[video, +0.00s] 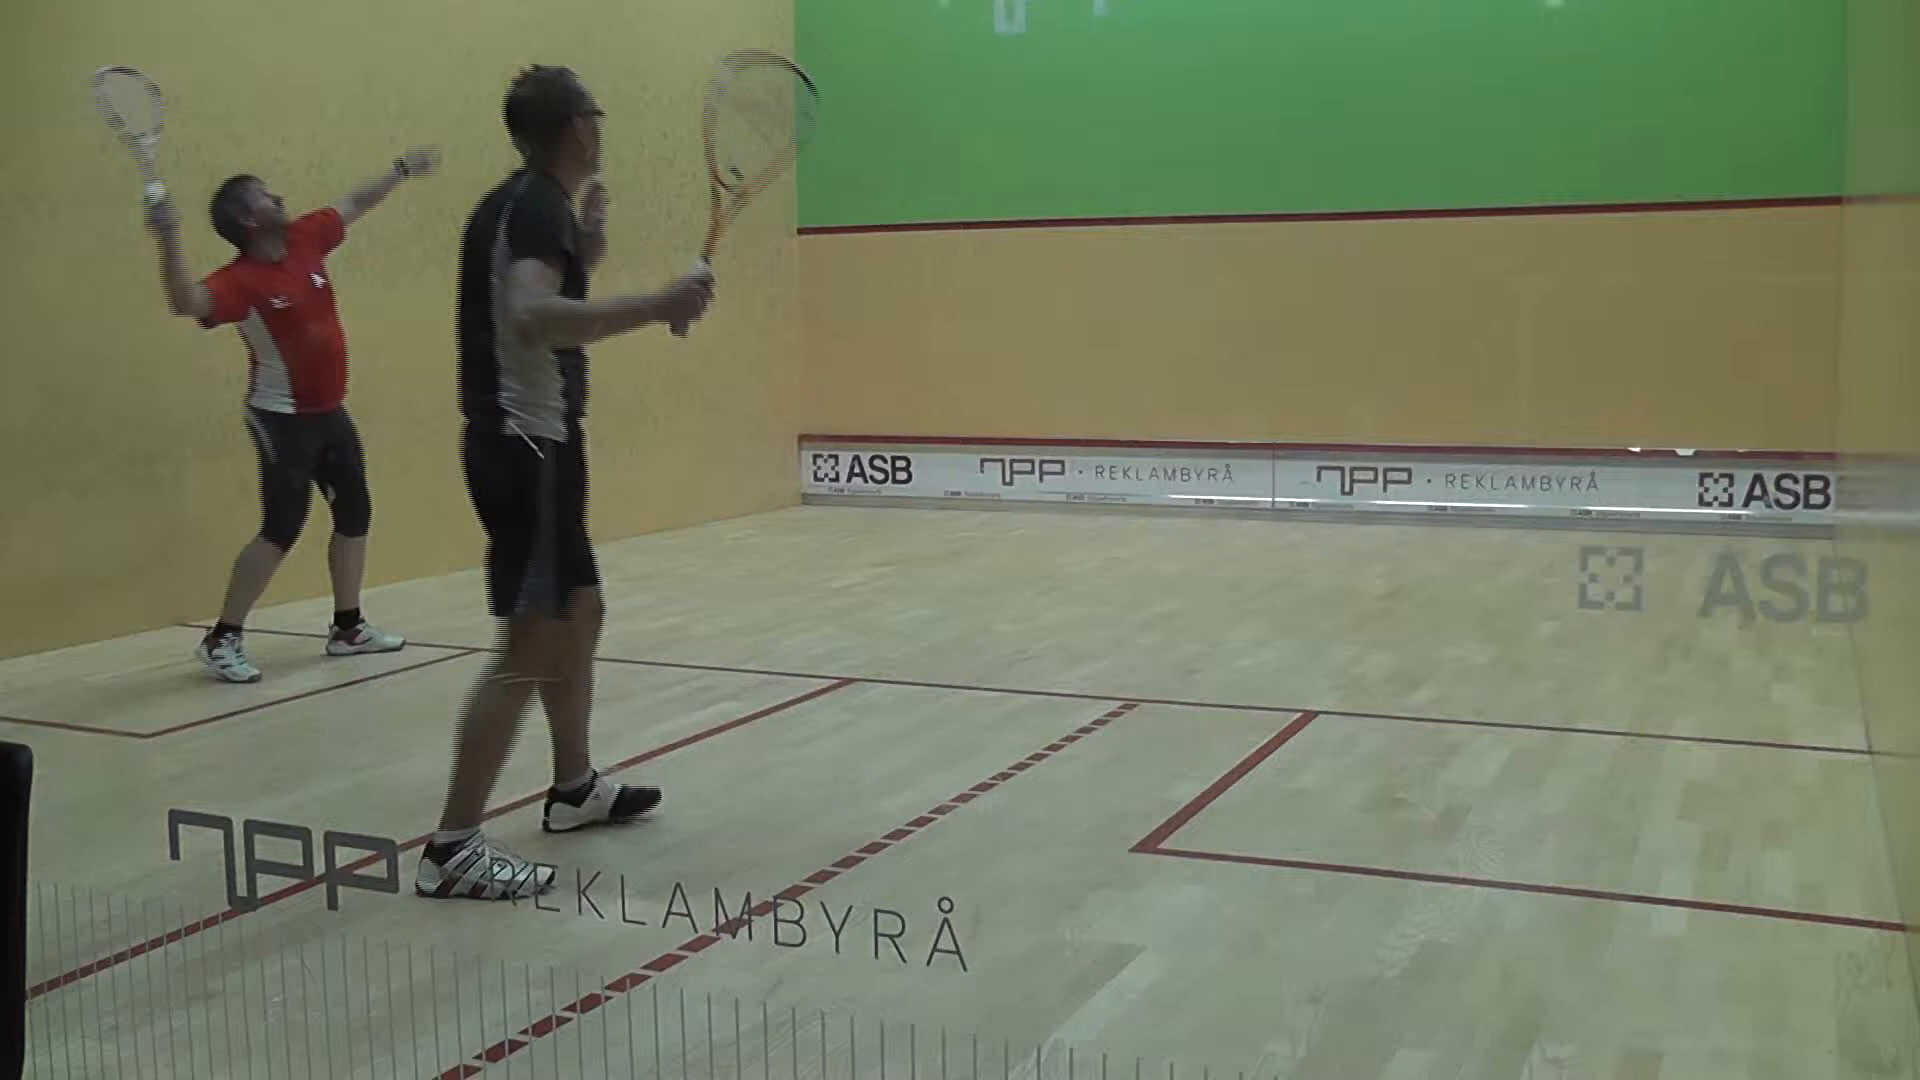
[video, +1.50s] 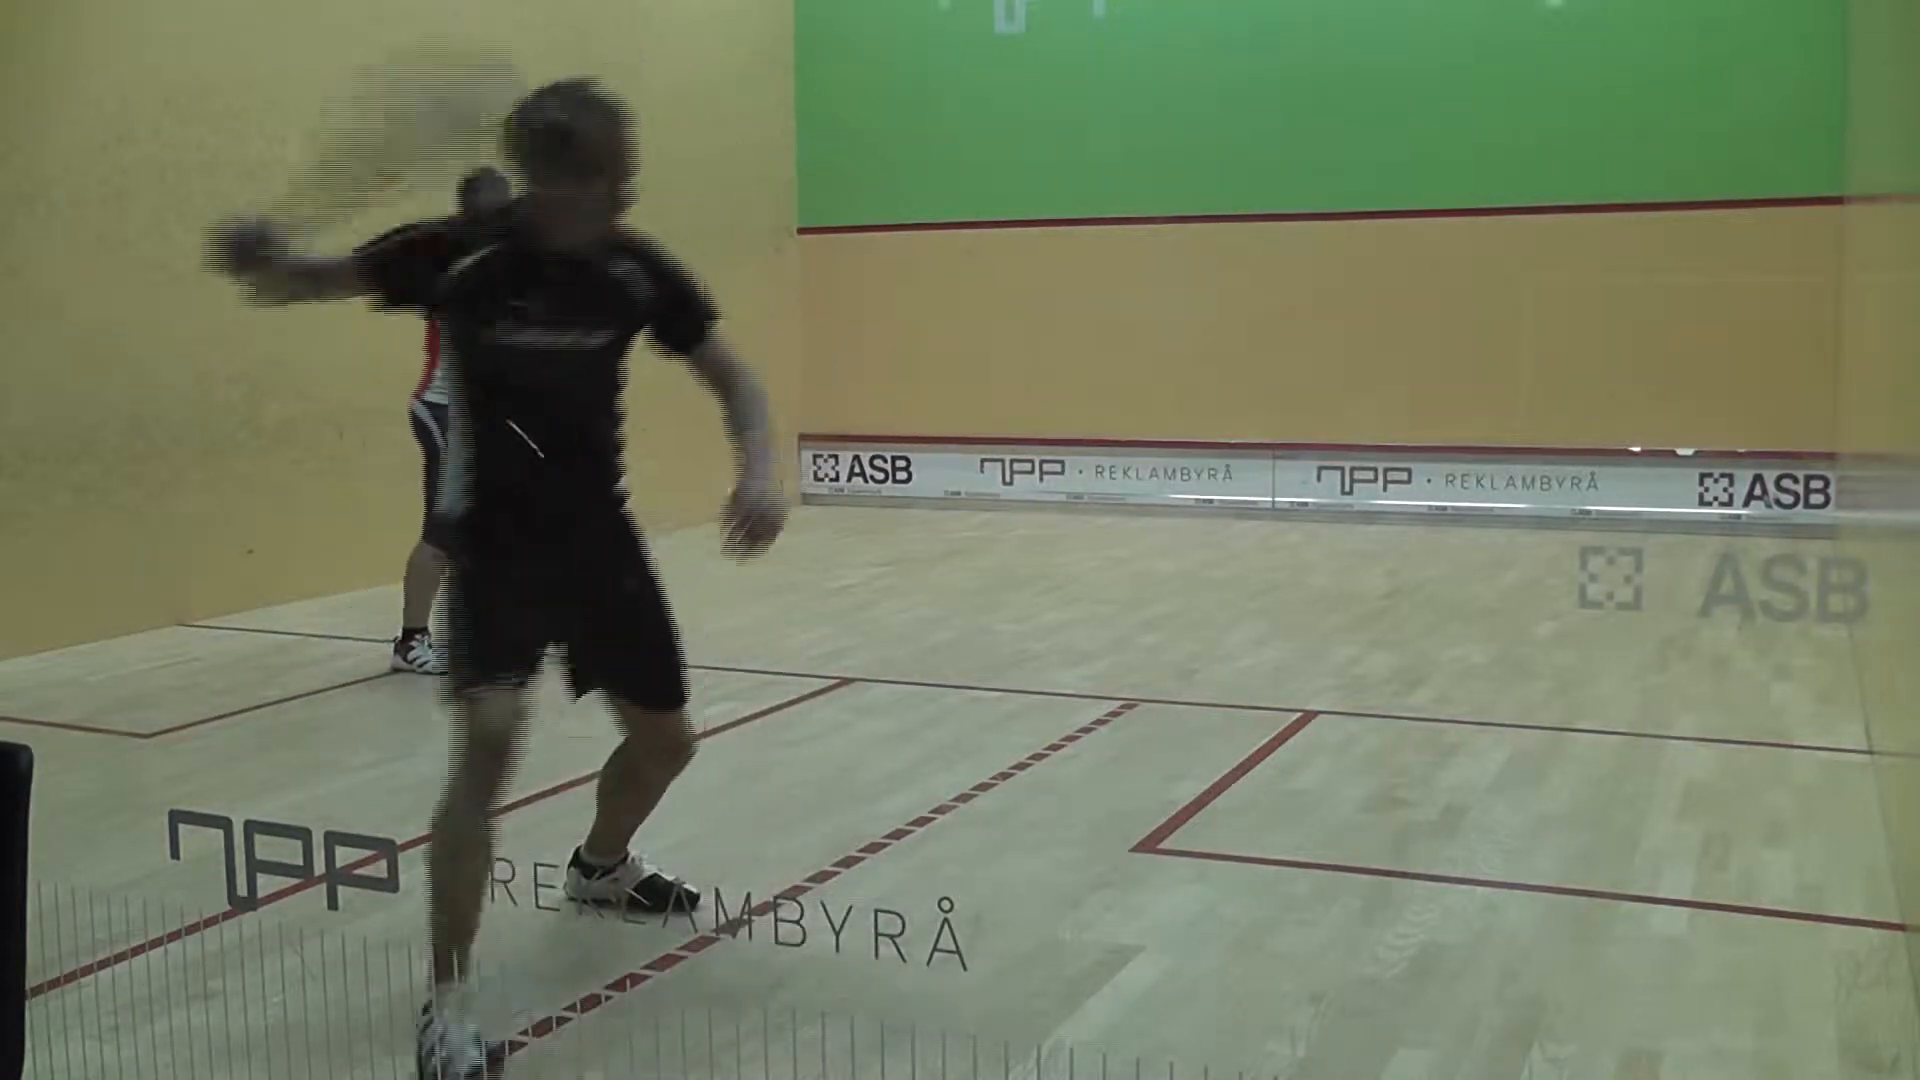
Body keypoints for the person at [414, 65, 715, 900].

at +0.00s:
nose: (600, 132)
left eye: (595, 120)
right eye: (594, 120)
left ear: (530, 135)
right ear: (574, 130)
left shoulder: (509, 206)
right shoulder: (536, 203)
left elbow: (535, 321)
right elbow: (529, 317)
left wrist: (583, 256)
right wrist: (658, 307)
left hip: (531, 445)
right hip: (526, 449)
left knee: (579, 605)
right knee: (532, 644)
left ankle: (574, 788)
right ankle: (453, 844)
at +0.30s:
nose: (663, 149)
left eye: (659, 135)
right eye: (652, 135)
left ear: (597, 147)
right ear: (619, 145)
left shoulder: (569, 219)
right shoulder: (601, 217)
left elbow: (587, 341)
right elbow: (576, 331)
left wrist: (642, 279)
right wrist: (698, 353)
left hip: (552, 448)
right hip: (579, 450)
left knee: (609, 622)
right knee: (671, 636)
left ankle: (583, 786)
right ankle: (589, 803)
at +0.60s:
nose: (751, 155)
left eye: (746, 141)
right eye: (744, 142)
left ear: (675, 151)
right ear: (723, 152)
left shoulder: (627, 228)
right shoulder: (701, 229)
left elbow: (630, 357)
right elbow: (698, 354)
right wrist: (833, 392)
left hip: (601, 470)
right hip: (667, 474)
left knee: (634, 628)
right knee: (768, 667)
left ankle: (582, 798)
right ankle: (739, 883)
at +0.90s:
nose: (824, 150)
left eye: (819, 135)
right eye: (815, 136)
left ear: (752, 148)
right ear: (785, 147)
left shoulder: (714, 221)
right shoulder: (736, 227)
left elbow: (688, 364)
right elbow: (708, 362)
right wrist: (852, 406)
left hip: (643, 478)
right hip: (684, 481)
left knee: (704, 653)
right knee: (831, 659)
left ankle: (560, 797)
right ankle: (802, 881)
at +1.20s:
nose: (761, 127)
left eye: (759, 110)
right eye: (743, 111)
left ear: (725, 123)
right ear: (688, 123)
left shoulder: (731, 232)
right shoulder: (602, 204)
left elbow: (775, 346)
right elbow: (477, 309)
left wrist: (849, 390)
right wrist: (554, 354)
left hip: (653, 466)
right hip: (578, 468)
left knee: (696, 667)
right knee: (692, 661)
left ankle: (602, 857)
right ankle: (726, 895)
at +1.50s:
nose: (617, 193)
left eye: (619, 174)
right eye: (597, 175)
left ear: (616, 177)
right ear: (542, 179)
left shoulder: (634, 271)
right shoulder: (466, 257)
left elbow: (735, 382)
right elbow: (331, 277)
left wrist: (761, 479)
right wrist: (268, 267)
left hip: (596, 534)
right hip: (488, 542)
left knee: (662, 742)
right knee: (486, 750)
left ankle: (599, 869)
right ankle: (446, 1002)